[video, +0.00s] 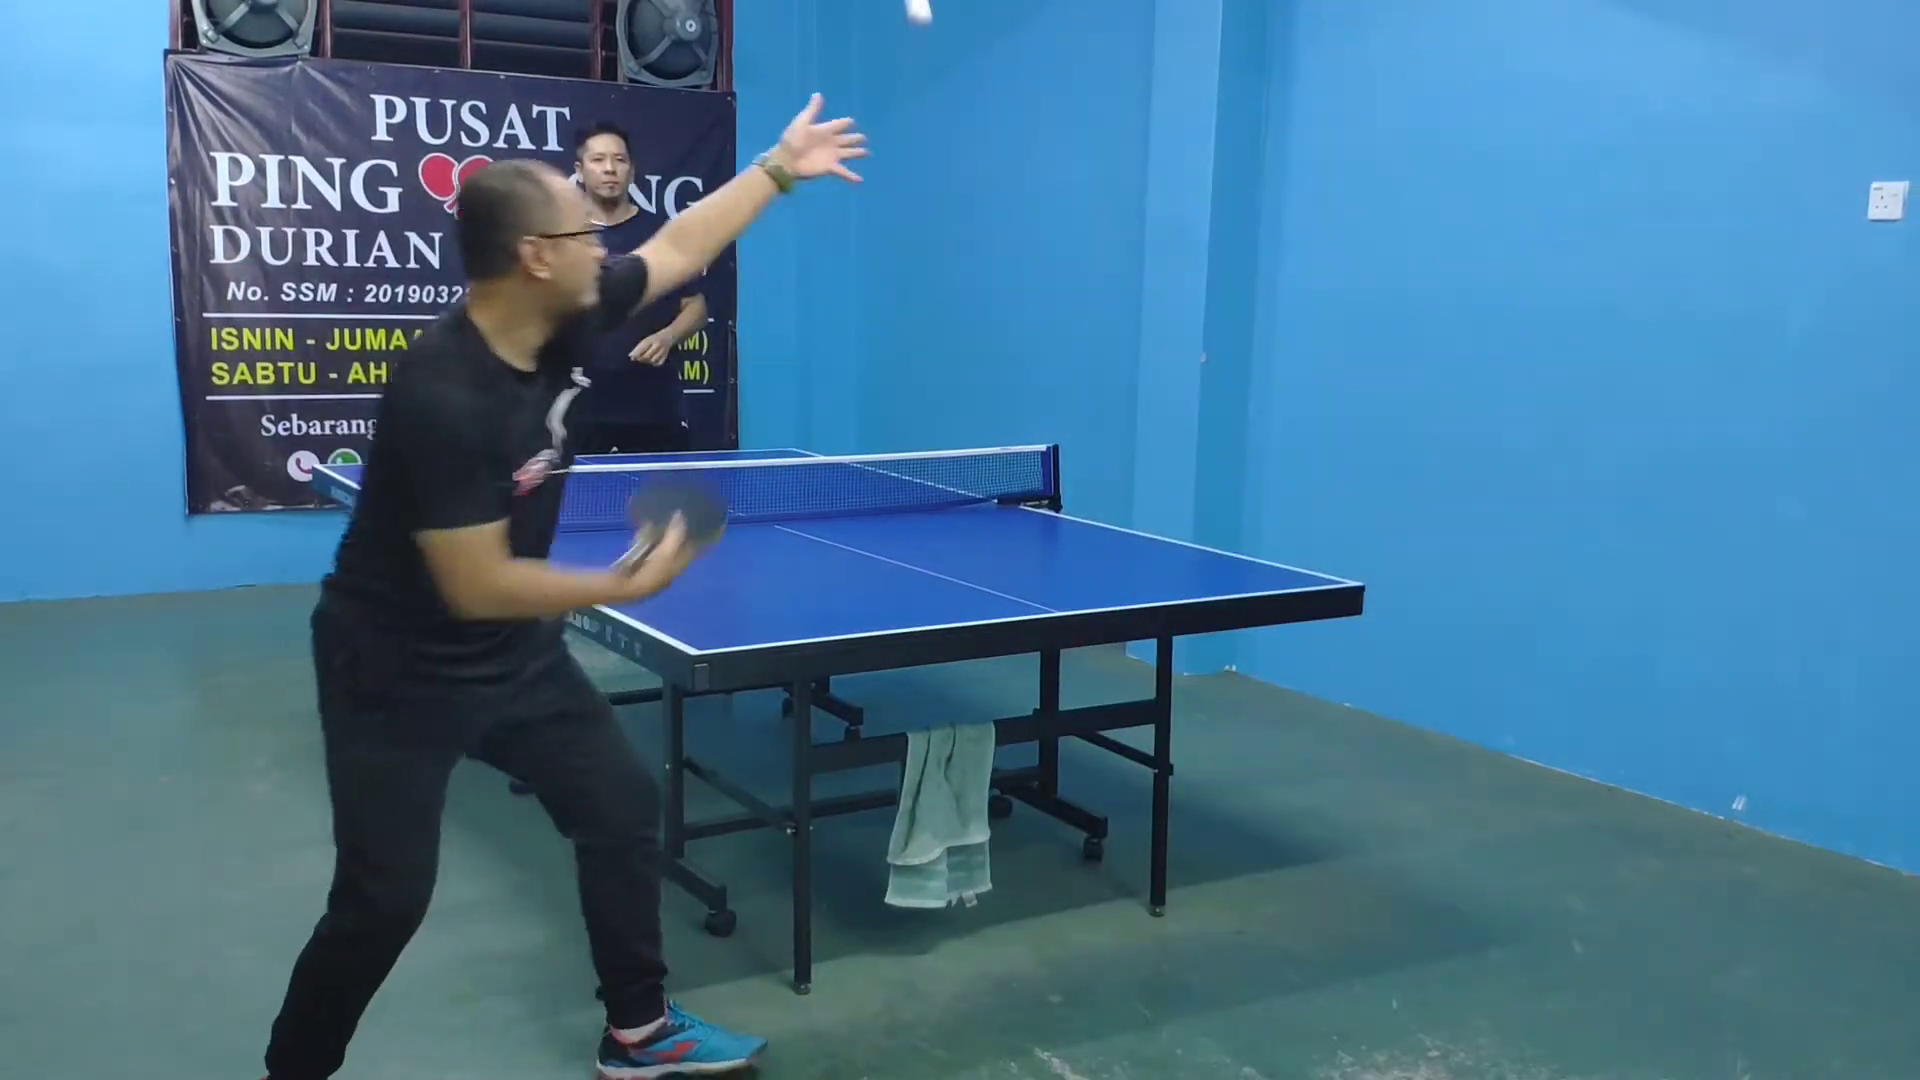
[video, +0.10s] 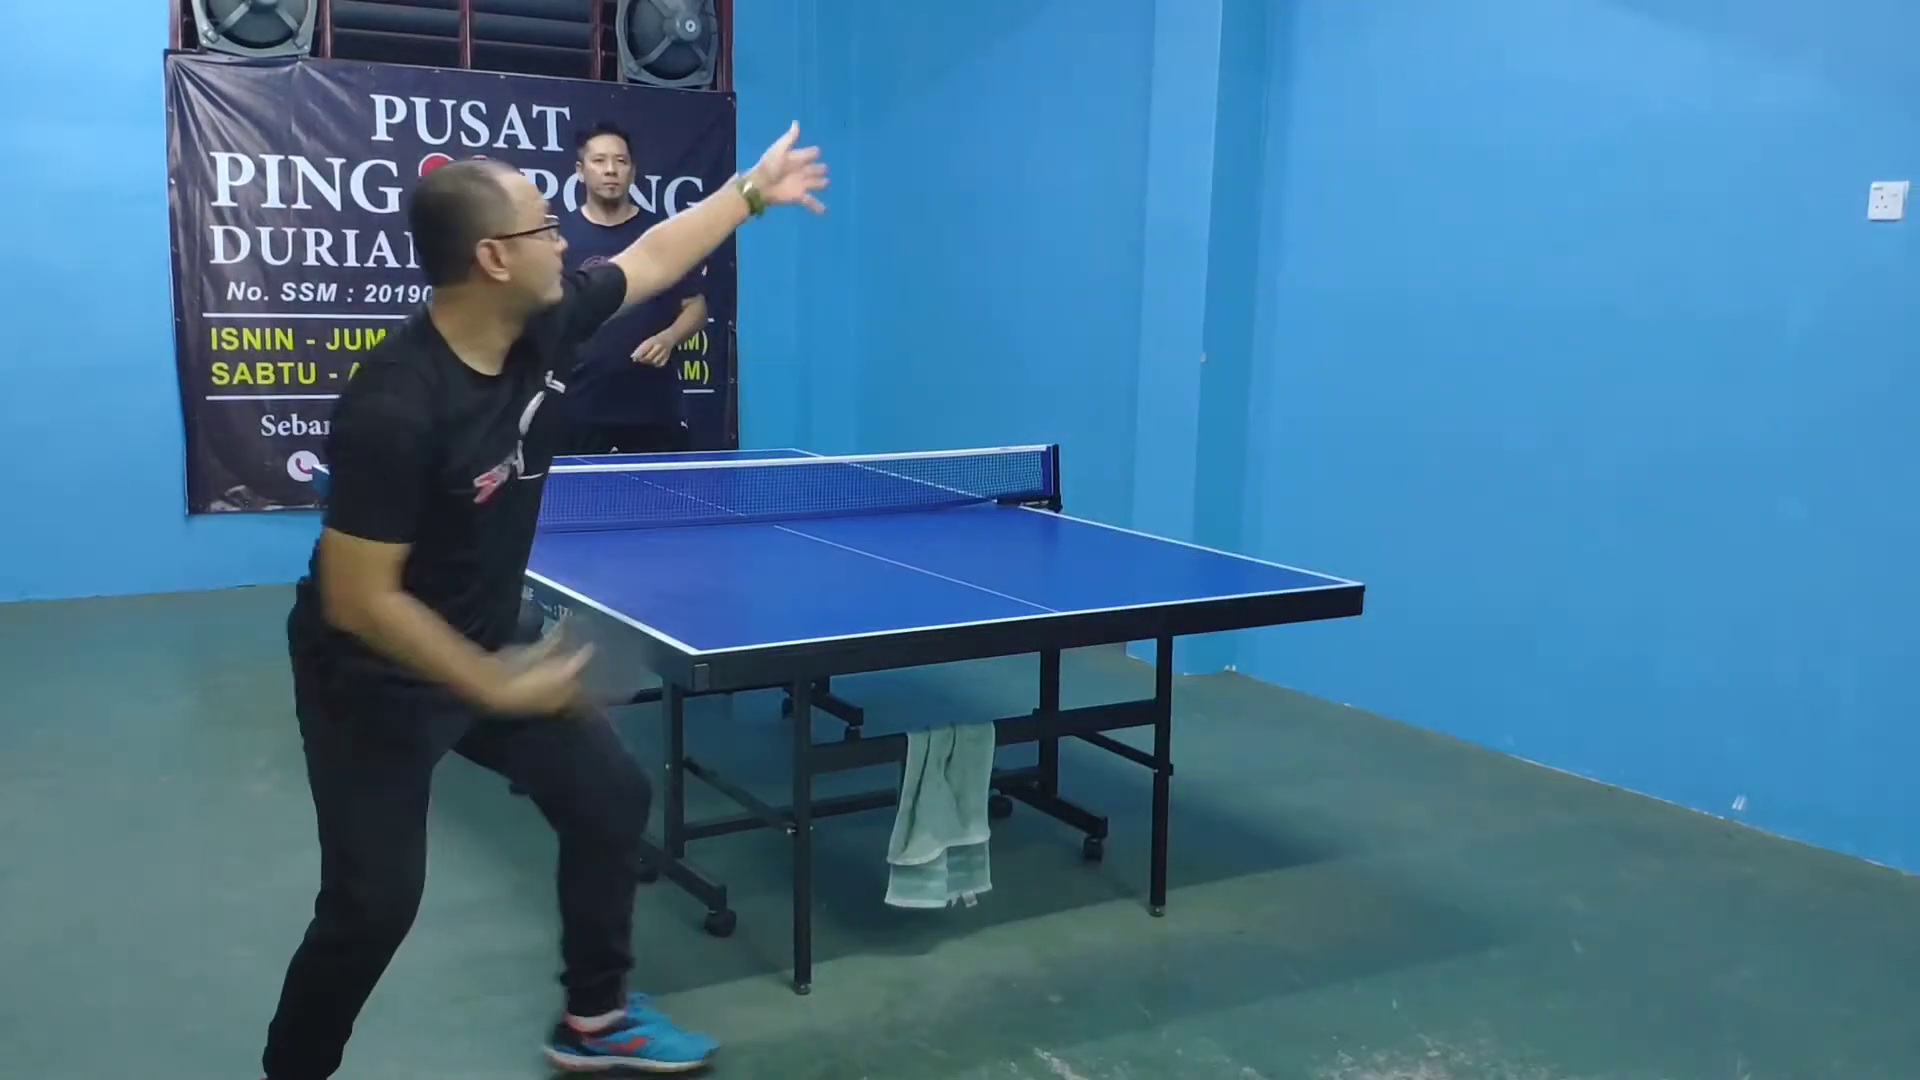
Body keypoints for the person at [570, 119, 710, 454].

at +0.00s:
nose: (610, 169)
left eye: (619, 160)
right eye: (597, 160)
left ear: (631, 170)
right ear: (579, 170)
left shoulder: (661, 233)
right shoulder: (554, 234)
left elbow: (697, 307)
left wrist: (668, 336)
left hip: (650, 395)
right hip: (581, 394)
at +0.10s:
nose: (611, 170)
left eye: (621, 161)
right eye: (599, 161)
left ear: (633, 171)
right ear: (580, 170)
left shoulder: (663, 234)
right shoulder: (555, 239)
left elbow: (697, 306)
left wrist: (669, 337)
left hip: (650, 400)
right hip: (576, 402)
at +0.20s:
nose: (613, 171)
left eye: (622, 162)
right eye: (601, 161)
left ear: (635, 171)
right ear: (582, 169)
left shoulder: (667, 234)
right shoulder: (555, 238)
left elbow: (698, 307)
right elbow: (537, 310)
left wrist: (671, 339)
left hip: (650, 400)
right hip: (578, 401)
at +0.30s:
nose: (616, 173)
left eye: (626, 163)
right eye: (604, 162)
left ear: (637, 171)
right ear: (584, 170)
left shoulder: (668, 235)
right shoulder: (562, 236)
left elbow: (690, 305)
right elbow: (551, 310)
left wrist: (674, 340)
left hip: (652, 395)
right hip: (583, 396)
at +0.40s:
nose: (619, 175)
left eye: (629, 165)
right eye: (607, 164)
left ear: (640, 172)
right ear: (587, 170)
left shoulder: (670, 235)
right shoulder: (567, 234)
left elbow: (698, 309)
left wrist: (676, 346)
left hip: (653, 390)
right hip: (587, 387)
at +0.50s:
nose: (623, 177)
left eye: (633, 167)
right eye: (612, 166)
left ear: (644, 175)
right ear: (592, 173)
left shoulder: (674, 238)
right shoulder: (559, 238)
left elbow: (700, 308)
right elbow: (527, 306)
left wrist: (674, 351)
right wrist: (548, 355)